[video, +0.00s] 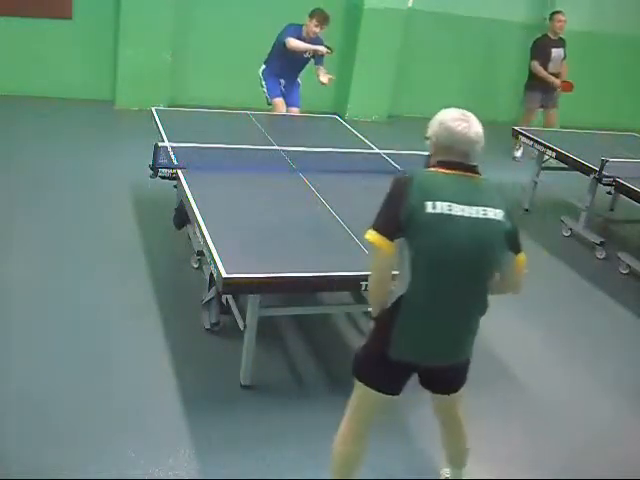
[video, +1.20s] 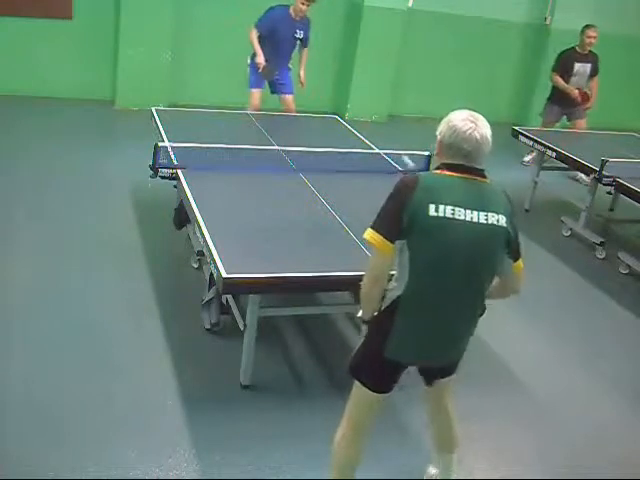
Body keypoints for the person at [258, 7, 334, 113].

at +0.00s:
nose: (317, 31)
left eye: (321, 28)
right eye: (316, 26)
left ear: (323, 29)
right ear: (308, 21)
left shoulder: (318, 43)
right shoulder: (291, 29)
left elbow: (319, 65)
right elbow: (290, 44)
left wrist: (322, 76)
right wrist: (316, 48)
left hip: (291, 78)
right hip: (271, 73)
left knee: (294, 114)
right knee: (280, 109)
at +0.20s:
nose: (317, 17)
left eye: (320, 15)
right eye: (315, 13)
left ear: (322, 16)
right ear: (307, 9)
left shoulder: (318, 32)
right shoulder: (291, 18)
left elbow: (321, 54)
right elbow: (289, 31)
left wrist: (325, 58)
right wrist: (316, 35)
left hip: (293, 71)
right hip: (273, 67)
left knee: (295, 111)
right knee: (279, 109)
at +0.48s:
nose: (315, 10)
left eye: (318, 7)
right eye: (313, 5)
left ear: (320, 9)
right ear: (305, 2)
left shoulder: (316, 26)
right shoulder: (289, 16)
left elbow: (320, 51)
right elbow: (294, 40)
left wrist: (324, 70)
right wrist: (317, 31)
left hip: (295, 70)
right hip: (275, 66)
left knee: (296, 109)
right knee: (281, 108)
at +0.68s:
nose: (315, 24)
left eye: (319, 23)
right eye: (316, 19)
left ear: (321, 25)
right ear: (309, 13)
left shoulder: (310, 35)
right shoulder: (287, 24)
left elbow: (310, 58)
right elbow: (283, 55)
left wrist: (314, 78)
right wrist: (307, 46)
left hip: (291, 72)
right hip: (272, 70)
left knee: (296, 110)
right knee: (282, 108)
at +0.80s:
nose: (316, 32)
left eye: (320, 31)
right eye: (316, 27)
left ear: (320, 32)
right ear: (311, 20)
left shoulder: (308, 37)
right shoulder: (288, 27)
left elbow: (306, 60)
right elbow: (265, 48)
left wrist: (308, 79)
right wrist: (279, 57)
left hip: (291, 74)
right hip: (270, 72)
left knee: (295, 111)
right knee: (281, 109)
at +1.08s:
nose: (311, 19)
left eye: (315, 17)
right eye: (310, 14)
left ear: (316, 18)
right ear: (305, 7)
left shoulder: (306, 27)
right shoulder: (283, 17)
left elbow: (304, 51)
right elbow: (257, 36)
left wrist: (304, 76)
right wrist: (262, 59)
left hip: (286, 67)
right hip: (267, 65)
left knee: (292, 106)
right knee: (271, 104)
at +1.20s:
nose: (304, 8)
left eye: (307, 5)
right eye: (302, 3)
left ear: (309, 7)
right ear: (295, 2)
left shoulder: (304, 23)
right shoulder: (276, 13)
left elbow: (304, 47)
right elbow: (254, 33)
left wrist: (302, 70)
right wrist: (259, 55)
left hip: (282, 66)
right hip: (260, 62)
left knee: (290, 108)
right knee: (255, 105)